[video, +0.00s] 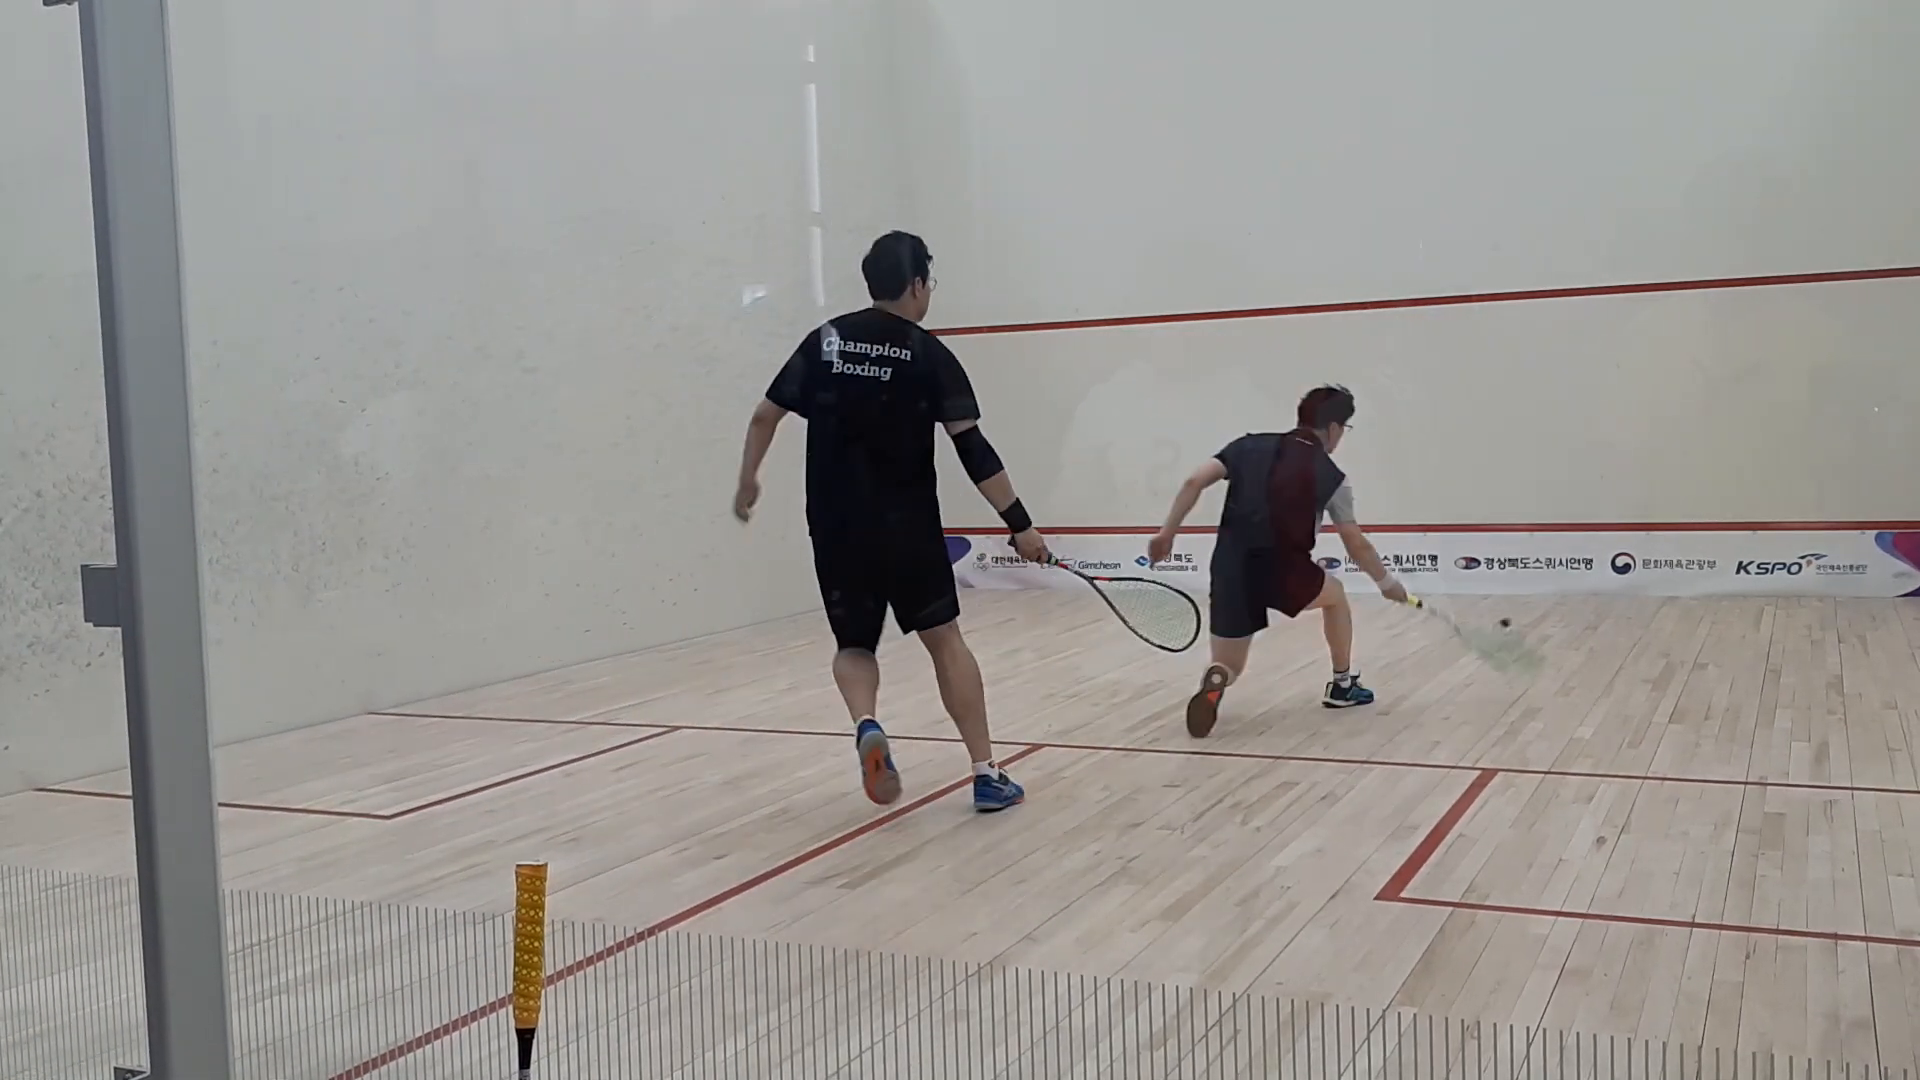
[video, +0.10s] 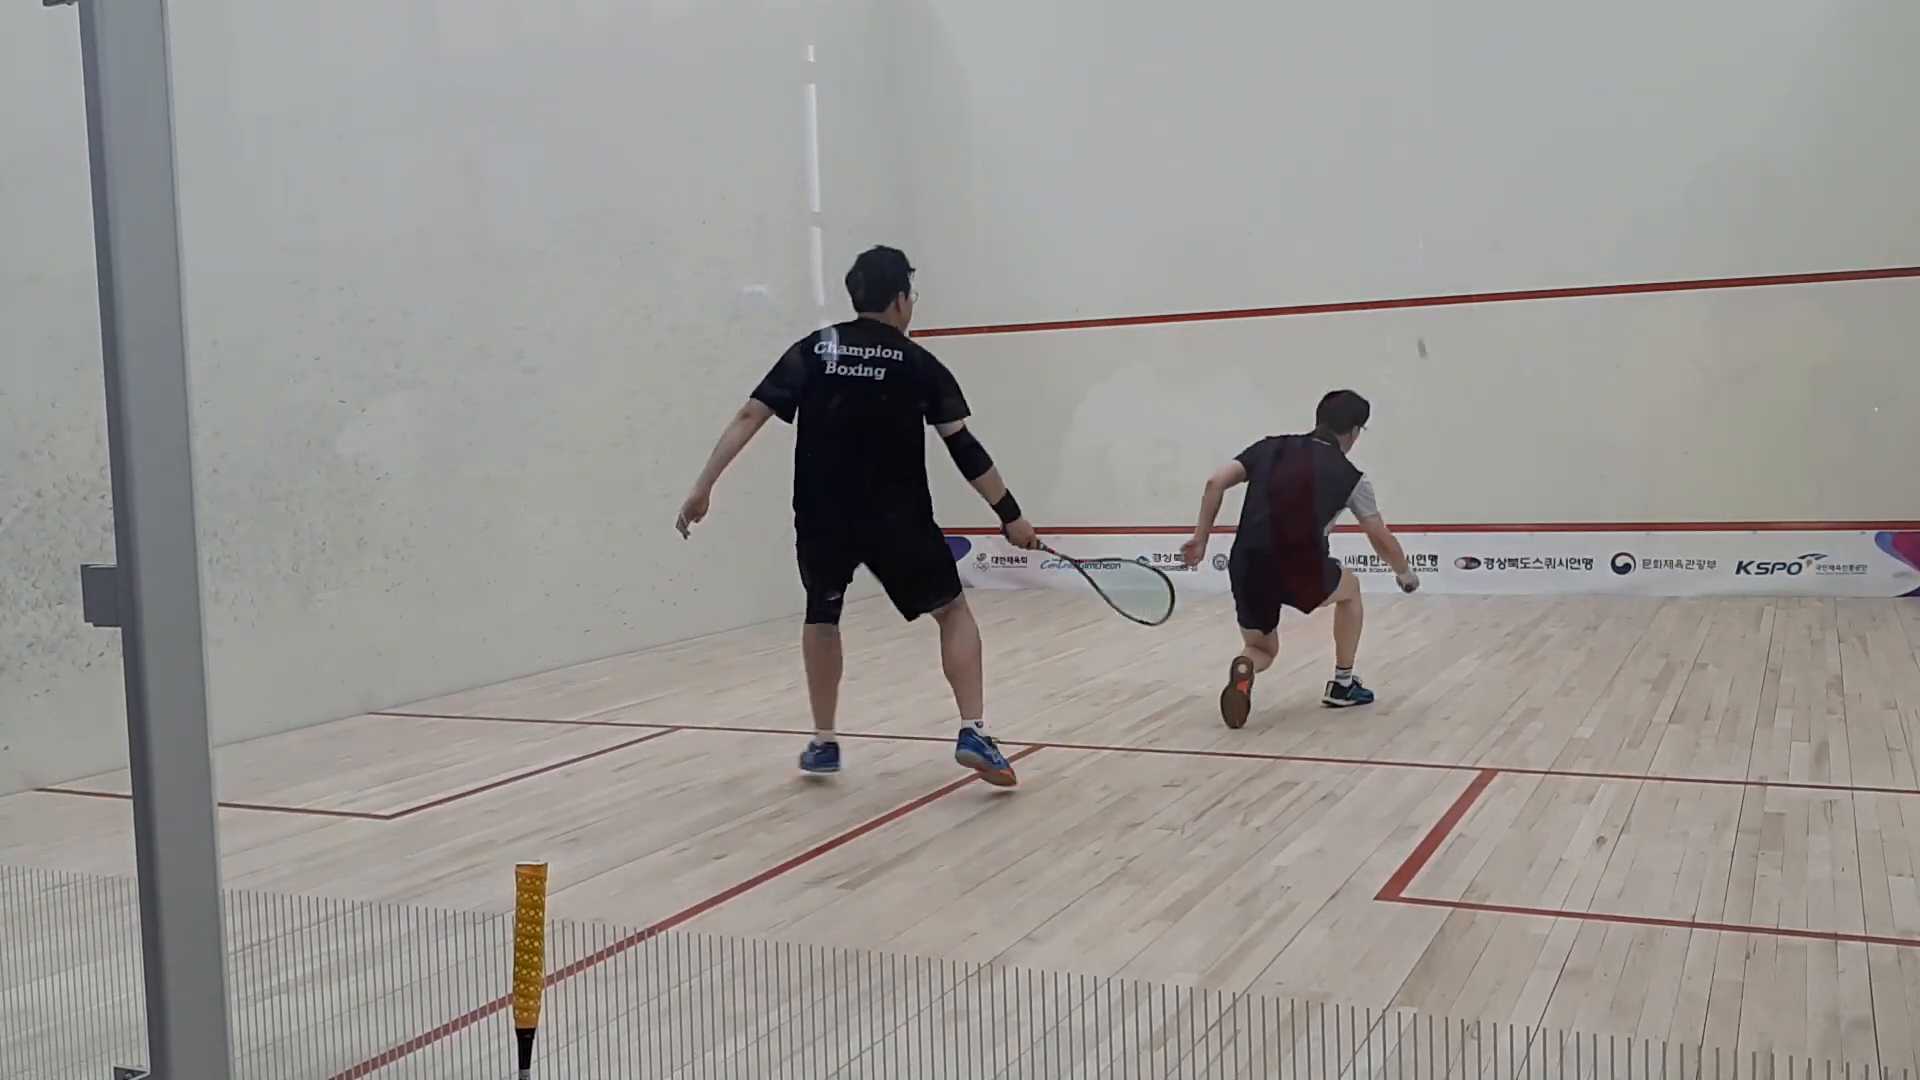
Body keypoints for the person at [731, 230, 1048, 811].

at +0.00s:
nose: (930, 290)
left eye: (929, 280)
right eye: (928, 281)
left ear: (871, 284)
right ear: (917, 285)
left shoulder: (823, 341)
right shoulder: (931, 356)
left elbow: (766, 414)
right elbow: (975, 453)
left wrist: (747, 478)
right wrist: (1020, 525)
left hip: (836, 530)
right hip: (910, 529)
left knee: (853, 643)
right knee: (944, 639)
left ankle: (866, 727)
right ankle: (986, 775)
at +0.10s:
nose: (912, 302)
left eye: (910, 293)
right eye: (911, 293)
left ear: (855, 298)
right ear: (901, 299)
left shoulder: (811, 350)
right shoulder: (921, 366)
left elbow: (751, 415)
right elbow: (965, 451)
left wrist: (702, 486)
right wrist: (1011, 516)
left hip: (822, 519)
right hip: (897, 522)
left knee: (822, 614)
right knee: (953, 613)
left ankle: (824, 741)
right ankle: (973, 730)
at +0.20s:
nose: (889, 327)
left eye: (887, 319)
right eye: (886, 319)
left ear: (831, 325)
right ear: (876, 324)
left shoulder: (791, 380)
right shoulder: (896, 386)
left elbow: (748, 446)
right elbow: (934, 469)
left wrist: (702, 511)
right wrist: (983, 517)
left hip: (813, 539)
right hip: (883, 537)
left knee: (806, 628)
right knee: (947, 621)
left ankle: (778, 735)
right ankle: (973, 745)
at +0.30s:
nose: (861, 351)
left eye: (859, 342)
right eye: (859, 343)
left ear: (807, 350)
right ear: (850, 350)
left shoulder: (770, 406)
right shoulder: (869, 412)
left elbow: (734, 488)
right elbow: (903, 495)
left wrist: (708, 561)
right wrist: (948, 533)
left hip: (793, 559)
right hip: (859, 556)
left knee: (803, 621)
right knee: (930, 619)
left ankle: (780, 731)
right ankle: (966, 729)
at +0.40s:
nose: (832, 351)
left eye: (830, 342)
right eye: (830, 342)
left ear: (779, 350)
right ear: (824, 349)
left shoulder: (742, 407)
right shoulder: (846, 412)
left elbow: (721, 494)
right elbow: (873, 492)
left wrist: (719, 553)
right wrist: (904, 538)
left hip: (773, 547)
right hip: (839, 544)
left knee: (784, 620)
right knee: (889, 611)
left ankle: (777, 730)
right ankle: (938, 707)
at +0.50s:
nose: (800, 348)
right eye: (799, 343)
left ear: (748, 355)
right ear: (797, 351)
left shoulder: (729, 409)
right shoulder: (830, 408)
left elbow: (719, 503)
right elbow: (854, 483)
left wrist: (747, 523)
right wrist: (865, 537)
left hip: (766, 548)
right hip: (828, 543)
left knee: (733, 604)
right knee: (840, 623)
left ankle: (767, 726)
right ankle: (887, 724)